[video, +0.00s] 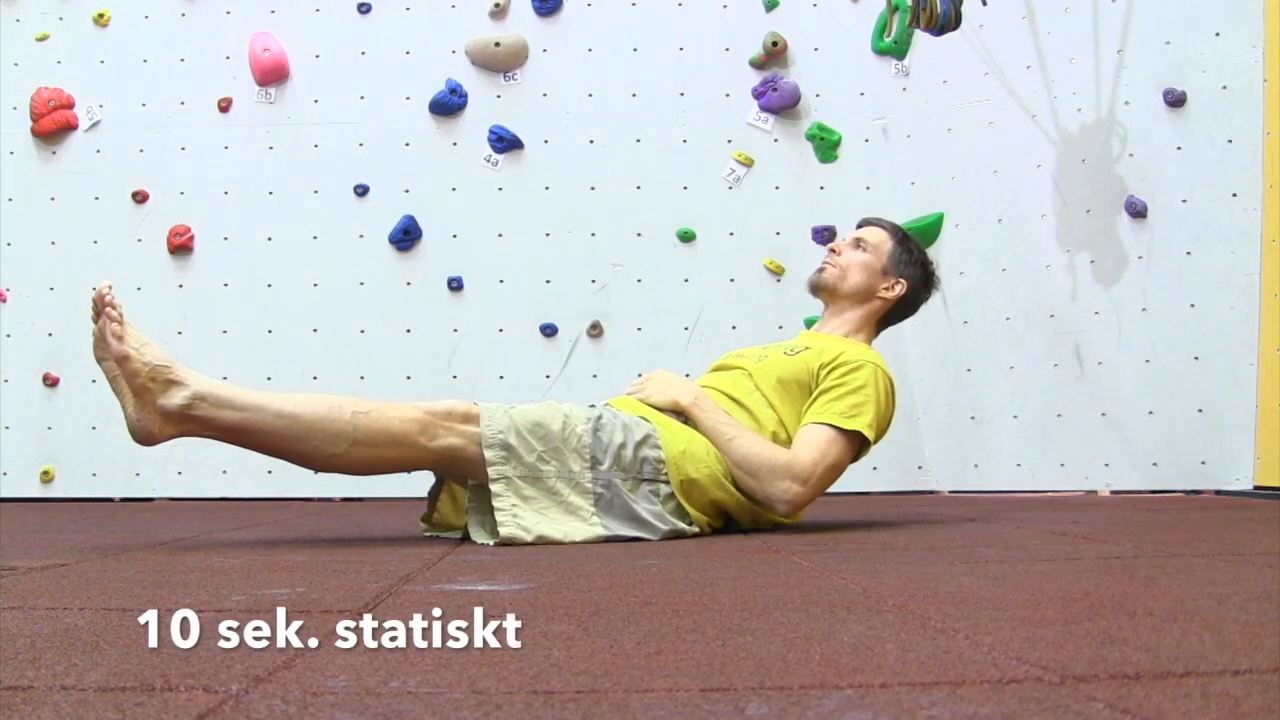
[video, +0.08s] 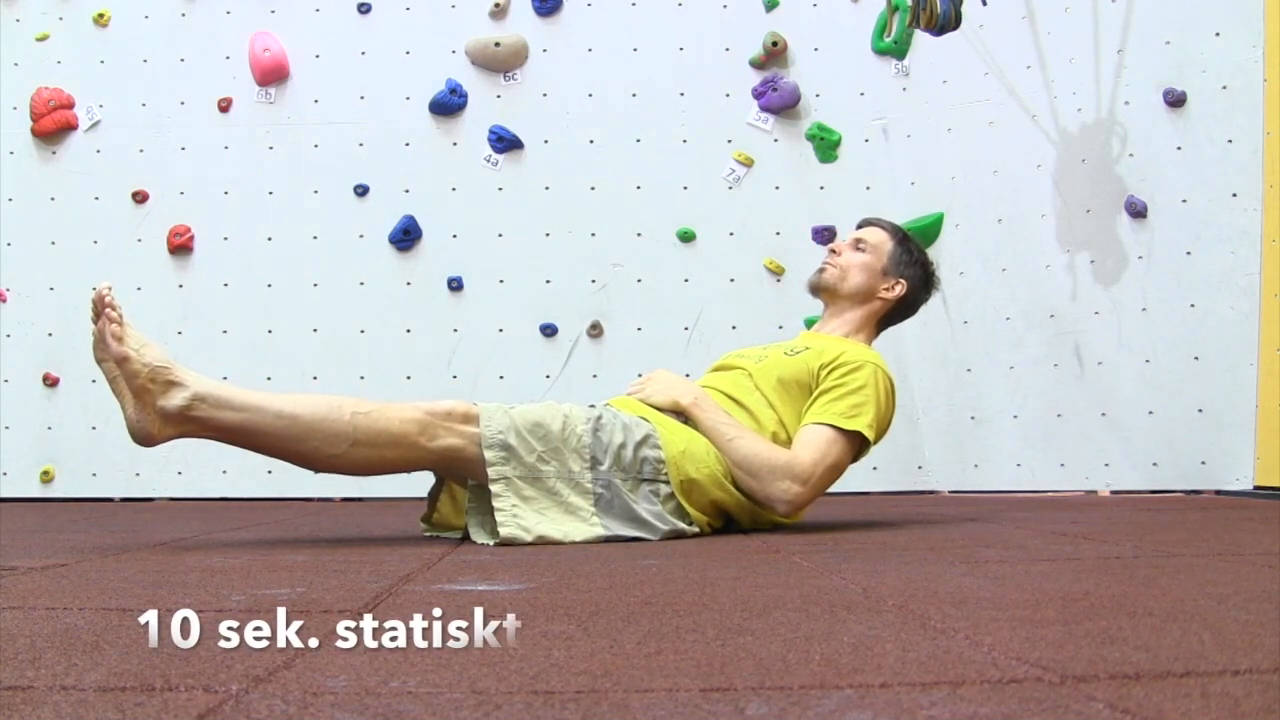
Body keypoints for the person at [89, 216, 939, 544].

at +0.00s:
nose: (833, 247)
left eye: (857, 247)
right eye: (841, 239)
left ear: (889, 292)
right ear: (843, 274)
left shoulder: (859, 368)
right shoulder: (797, 354)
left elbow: (790, 490)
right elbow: (749, 466)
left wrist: (696, 399)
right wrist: (674, 402)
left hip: (663, 460)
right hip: (641, 446)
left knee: (442, 428)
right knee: (429, 431)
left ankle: (177, 400)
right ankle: (178, 403)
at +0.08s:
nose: (834, 248)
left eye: (858, 247)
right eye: (841, 240)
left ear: (890, 292)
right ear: (845, 274)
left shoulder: (859, 369)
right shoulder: (798, 354)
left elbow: (790, 490)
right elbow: (750, 467)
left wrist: (696, 399)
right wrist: (674, 402)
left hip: (662, 461)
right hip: (641, 447)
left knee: (441, 428)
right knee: (428, 432)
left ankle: (177, 401)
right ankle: (178, 404)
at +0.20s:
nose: (835, 248)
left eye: (859, 248)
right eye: (843, 240)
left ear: (891, 293)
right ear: (845, 274)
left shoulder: (859, 369)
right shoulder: (799, 355)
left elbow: (790, 490)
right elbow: (750, 468)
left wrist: (696, 399)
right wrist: (674, 403)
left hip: (660, 460)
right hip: (640, 447)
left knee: (443, 429)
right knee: (429, 433)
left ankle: (177, 402)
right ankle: (177, 406)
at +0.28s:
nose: (837, 249)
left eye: (860, 248)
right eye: (845, 241)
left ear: (892, 292)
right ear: (848, 275)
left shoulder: (860, 370)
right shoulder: (800, 355)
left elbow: (790, 490)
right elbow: (752, 468)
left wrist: (696, 399)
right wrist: (675, 403)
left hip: (660, 460)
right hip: (640, 447)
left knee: (443, 428)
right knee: (430, 433)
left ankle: (177, 402)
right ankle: (177, 406)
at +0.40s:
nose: (838, 250)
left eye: (862, 249)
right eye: (847, 242)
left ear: (892, 294)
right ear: (851, 278)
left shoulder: (860, 371)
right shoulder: (800, 356)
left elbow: (791, 489)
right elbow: (751, 466)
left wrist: (697, 400)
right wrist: (674, 405)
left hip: (658, 460)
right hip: (639, 447)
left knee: (435, 427)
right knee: (422, 432)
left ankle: (176, 403)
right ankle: (177, 404)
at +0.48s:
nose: (839, 251)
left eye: (863, 250)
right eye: (847, 243)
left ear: (893, 294)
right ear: (848, 277)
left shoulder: (861, 372)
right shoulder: (798, 357)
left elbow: (790, 490)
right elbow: (752, 468)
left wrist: (696, 400)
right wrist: (675, 407)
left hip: (661, 462)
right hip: (641, 449)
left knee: (439, 427)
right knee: (427, 431)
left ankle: (179, 403)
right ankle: (179, 404)